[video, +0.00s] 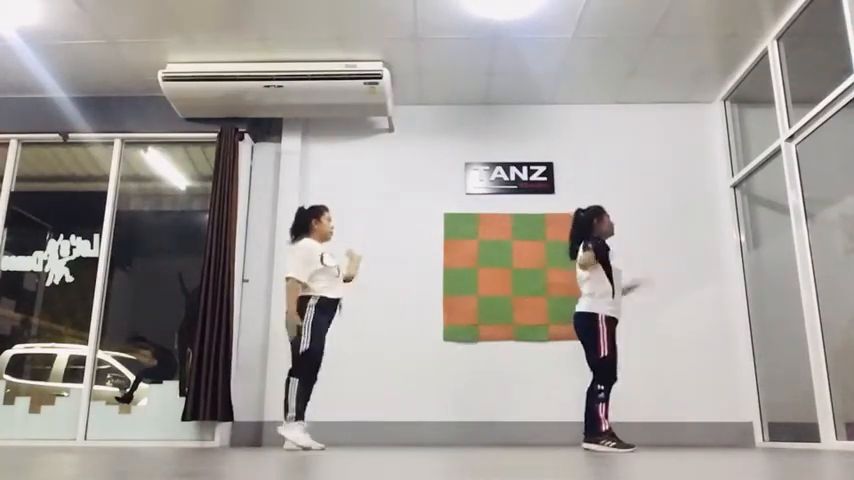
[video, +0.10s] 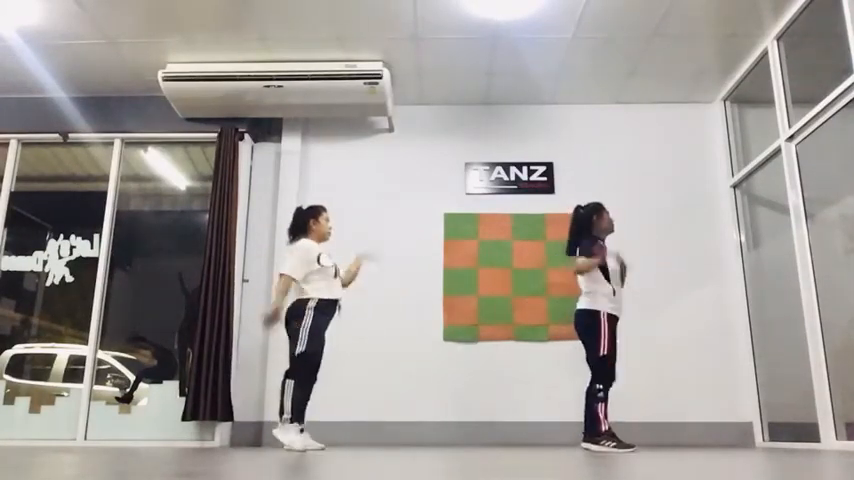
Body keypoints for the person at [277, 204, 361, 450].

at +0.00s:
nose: (332, 225)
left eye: (331, 221)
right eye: (328, 221)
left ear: (317, 224)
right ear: (315, 223)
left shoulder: (323, 251)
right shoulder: (306, 246)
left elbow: (342, 279)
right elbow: (293, 281)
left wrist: (350, 269)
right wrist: (291, 313)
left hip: (324, 308)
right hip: (312, 306)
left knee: (311, 365)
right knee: (304, 361)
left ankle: (297, 429)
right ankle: (291, 423)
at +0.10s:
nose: (330, 226)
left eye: (329, 221)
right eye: (326, 221)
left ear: (313, 224)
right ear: (312, 224)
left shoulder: (322, 253)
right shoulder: (304, 247)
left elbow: (341, 282)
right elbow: (286, 279)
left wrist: (356, 264)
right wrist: (276, 309)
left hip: (320, 311)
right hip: (307, 310)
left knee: (309, 369)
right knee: (300, 366)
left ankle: (298, 429)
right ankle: (286, 426)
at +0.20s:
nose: (329, 226)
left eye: (328, 221)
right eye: (325, 221)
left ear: (313, 224)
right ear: (312, 224)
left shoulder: (320, 252)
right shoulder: (306, 247)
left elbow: (341, 287)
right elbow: (284, 272)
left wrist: (341, 271)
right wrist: (259, 290)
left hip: (318, 312)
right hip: (306, 310)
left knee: (308, 371)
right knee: (298, 369)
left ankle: (297, 431)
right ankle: (282, 430)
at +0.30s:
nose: (329, 224)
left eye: (328, 220)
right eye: (325, 220)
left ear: (314, 222)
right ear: (311, 222)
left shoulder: (319, 250)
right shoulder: (305, 244)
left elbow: (342, 282)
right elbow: (295, 262)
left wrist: (340, 272)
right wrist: (271, 261)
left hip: (317, 311)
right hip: (305, 309)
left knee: (308, 372)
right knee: (296, 370)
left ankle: (297, 432)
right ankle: (281, 432)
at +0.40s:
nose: (328, 224)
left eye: (326, 219)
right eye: (323, 219)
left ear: (311, 222)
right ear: (310, 221)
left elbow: (343, 281)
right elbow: (309, 257)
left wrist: (337, 266)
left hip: (317, 309)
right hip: (302, 307)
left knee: (308, 372)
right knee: (296, 368)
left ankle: (297, 431)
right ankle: (280, 432)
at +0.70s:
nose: (335, 226)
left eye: (333, 222)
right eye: (331, 221)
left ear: (316, 224)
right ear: (319, 223)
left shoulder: (309, 242)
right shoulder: (321, 239)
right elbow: (339, 260)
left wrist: (328, 288)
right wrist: (337, 285)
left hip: (300, 308)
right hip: (299, 308)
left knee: (300, 371)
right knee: (292, 370)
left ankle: (295, 432)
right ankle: (279, 433)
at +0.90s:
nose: (347, 241)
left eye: (349, 237)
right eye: (346, 235)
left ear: (330, 231)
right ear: (332, 229)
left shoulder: (321, 248)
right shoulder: (323, 245)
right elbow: (339, 277)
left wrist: (330, 293)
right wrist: (332, 296)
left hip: (300, 316)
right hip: (292, 314)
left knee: (311, 369)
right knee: (305, 368)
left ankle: (296, 432)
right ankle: (279, 432)